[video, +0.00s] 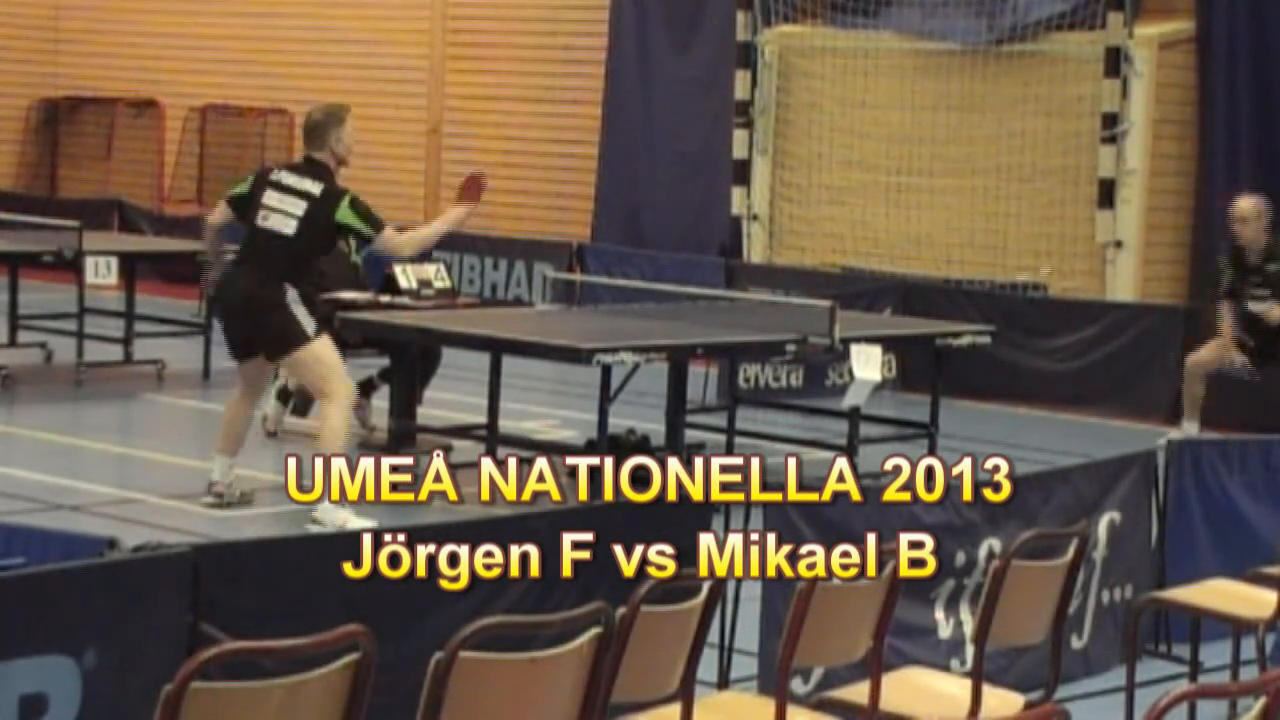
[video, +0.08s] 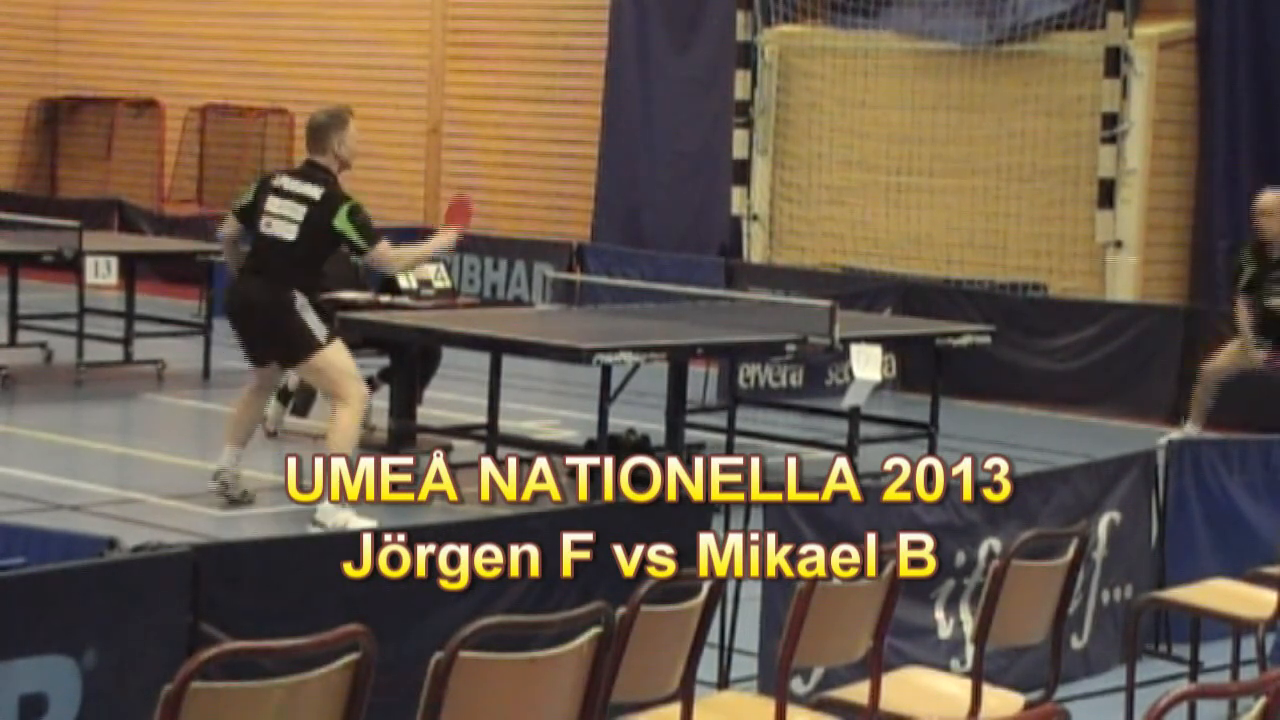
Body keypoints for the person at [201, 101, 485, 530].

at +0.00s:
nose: (354, 142)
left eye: (352, 134)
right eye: (350, 134)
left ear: (309, 142)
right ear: (334, 142)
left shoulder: (268, 177)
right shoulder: (335, 199)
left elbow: (215, 219)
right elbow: (399, 245)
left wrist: (217, 265)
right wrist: (456, 214)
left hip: (232, 291)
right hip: (272, 297)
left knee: (252, 384)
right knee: (338, 389)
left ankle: (219, 481)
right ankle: (330, 501)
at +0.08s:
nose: (357, 143)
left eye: (355, 135)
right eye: (352, 136)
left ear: (313, 143)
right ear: (337, 143)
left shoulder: (272, 181)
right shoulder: (336, 203)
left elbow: (229, 232)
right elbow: (386, 259)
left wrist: (242, 271)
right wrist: (434, 246)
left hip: (244, 294)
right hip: (284, 301)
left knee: (265, 380)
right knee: (352, 395)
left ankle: (227, 468)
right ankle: (334, 503)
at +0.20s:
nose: (360, 149)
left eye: (358, 142)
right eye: (356, 142)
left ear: (317, 149)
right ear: (340, 150)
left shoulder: (277, 188)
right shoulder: (334, 209)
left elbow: (249, 249)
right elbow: (376, 276)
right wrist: (423, 272)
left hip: (251, 303)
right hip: (289, 311)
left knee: (278, 383)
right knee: (362, 397)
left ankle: (245, 472)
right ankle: (333, 503)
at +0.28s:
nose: (361, 155)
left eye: (359, 147)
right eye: (357, 148)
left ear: (319, 153)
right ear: (339, 154)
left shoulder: (286, 192)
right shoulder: (329, 210)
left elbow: (274, 255)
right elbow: (368, 280)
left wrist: (316, 294)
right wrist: (415, 289)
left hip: (252, 308)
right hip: (286, 315)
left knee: (280, 387)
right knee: (363, 397)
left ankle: (244, 477)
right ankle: (333, 504)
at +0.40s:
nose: (363, 164)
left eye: (362, 156)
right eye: (359, 157)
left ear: (323, 162)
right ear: (342, 162)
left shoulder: (293, 199)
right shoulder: (328, 216)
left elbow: (283, 268)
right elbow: (361, 293)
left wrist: (320, 307)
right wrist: (401, 304)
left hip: (251, 314)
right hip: (281, 323)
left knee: (283, 389)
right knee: (365, 398)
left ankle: (245, 475)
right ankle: (333, 503)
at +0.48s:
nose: (368, 167)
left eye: (366, 159)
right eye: (363, 160)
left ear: (328, 167)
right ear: (345, 168)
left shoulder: (296, 204)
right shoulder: (332, 222)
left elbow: (287, 275)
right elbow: (365, 301)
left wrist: (324, 317)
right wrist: (400, 313)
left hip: (249, 316)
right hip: (279, 324)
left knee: (283, 389)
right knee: (364, 399)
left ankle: (246, 476)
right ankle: (334, 502)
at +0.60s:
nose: (375, 176)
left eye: (373, 169)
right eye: (370, 169)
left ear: (336, 173)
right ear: (351, 174)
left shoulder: (301, 205)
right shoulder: (340, 224)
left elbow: (296, 273)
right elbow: (376, 301)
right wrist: (406, 308)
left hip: (247, 316)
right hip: (280, 322)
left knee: (281, 389)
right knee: (364, 399)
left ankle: (246, 473)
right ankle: (333, 502)